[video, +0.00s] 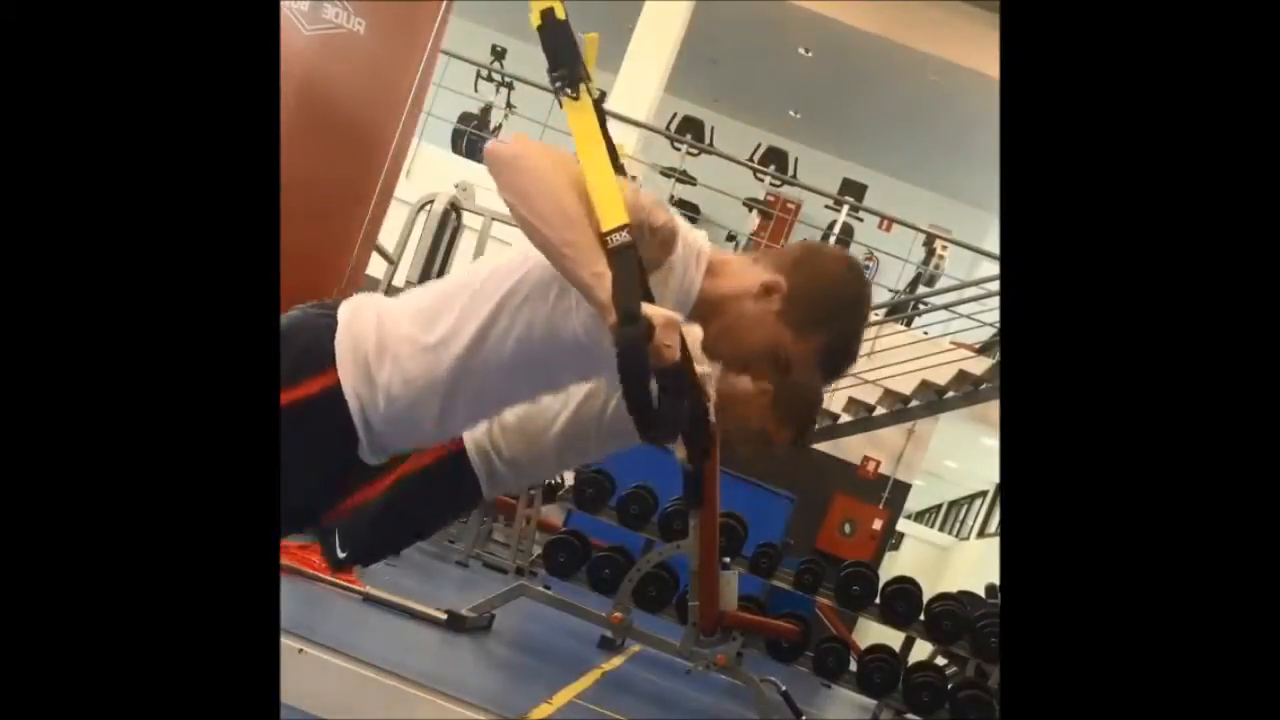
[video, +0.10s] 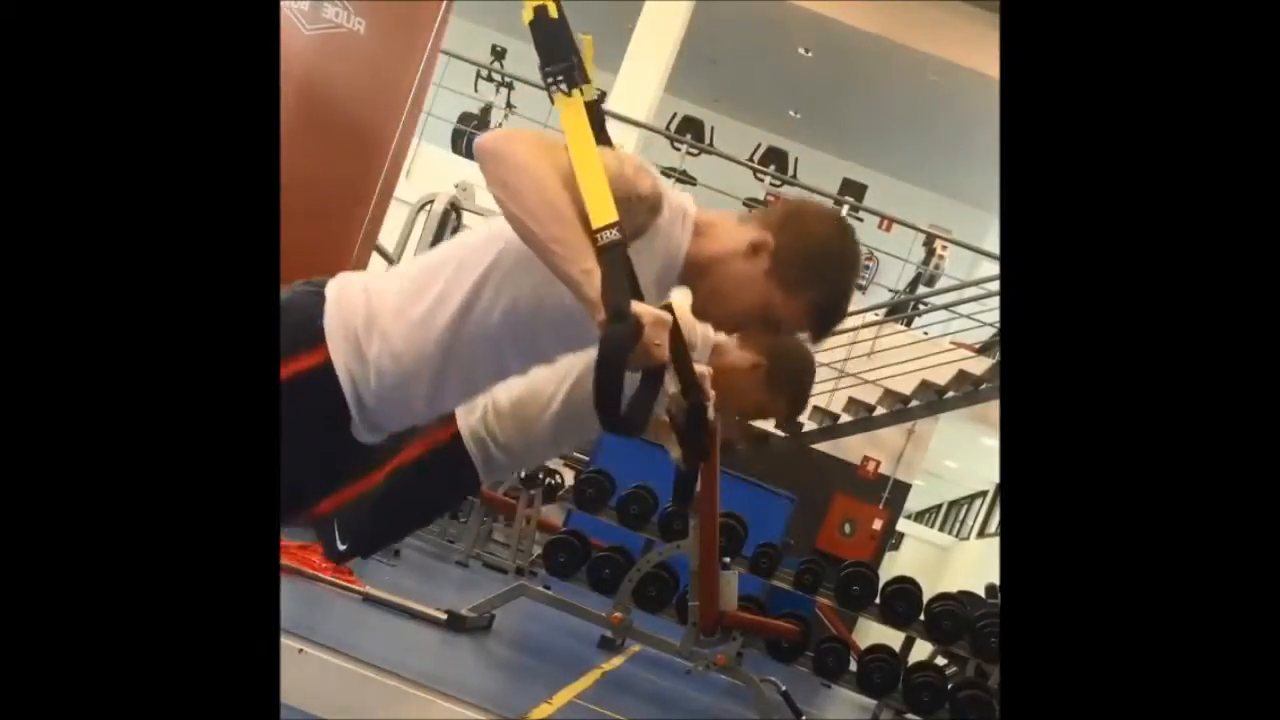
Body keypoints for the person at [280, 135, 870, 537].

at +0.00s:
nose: (757, 375)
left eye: (776, 376)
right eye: (776, 362)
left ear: (768, 291)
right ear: (770, 294)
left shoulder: (681, 336)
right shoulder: (664, 244)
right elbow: (515, 157)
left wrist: (666, 405)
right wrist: (629, 311)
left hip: (364, 440)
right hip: (329, 384)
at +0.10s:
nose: (745, 333)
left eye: (767, 330)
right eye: (766, 316)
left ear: (760, 248)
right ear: (758, 248)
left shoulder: (659, 288)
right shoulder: (642, 195)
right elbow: (506, 152)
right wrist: (615, 308)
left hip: (364, 422)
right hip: (325, 361)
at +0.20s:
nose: (738, 295)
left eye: (758, 292)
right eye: (756, 280)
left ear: (745, 205)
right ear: (747, 208)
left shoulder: (654, 250)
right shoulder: (630, 158)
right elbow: (503, 145)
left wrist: (659, 401)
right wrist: (615, 302)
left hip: (362, 404)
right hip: (318, 340)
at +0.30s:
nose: (733, 265)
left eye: (752, 262)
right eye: (749, 248)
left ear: (735, 168)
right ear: (733, 172)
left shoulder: (636, 227)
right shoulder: (614, 129)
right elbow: (499, 138)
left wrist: (662, 392)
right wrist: (599, 291)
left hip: (353, 384)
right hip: (308, 322)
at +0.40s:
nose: (716, 235)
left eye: (735, 231)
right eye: (732, 213)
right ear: (716, 141)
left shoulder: (624, 209)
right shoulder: (605, 107)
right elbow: (501, 134)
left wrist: (663, 383)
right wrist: (596, 287)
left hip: (352, 365)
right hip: (305, 303)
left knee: (287, 482)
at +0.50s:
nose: (706, 206)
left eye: (728, 199)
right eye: (721, 184)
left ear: (697, 114)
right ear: (700, 114)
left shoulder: (612, 174)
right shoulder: (582, 75)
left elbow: (629, 276)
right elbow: (503, 139)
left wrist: (670, 377)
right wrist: (601, 290)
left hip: (343, 352)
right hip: (297, 290)